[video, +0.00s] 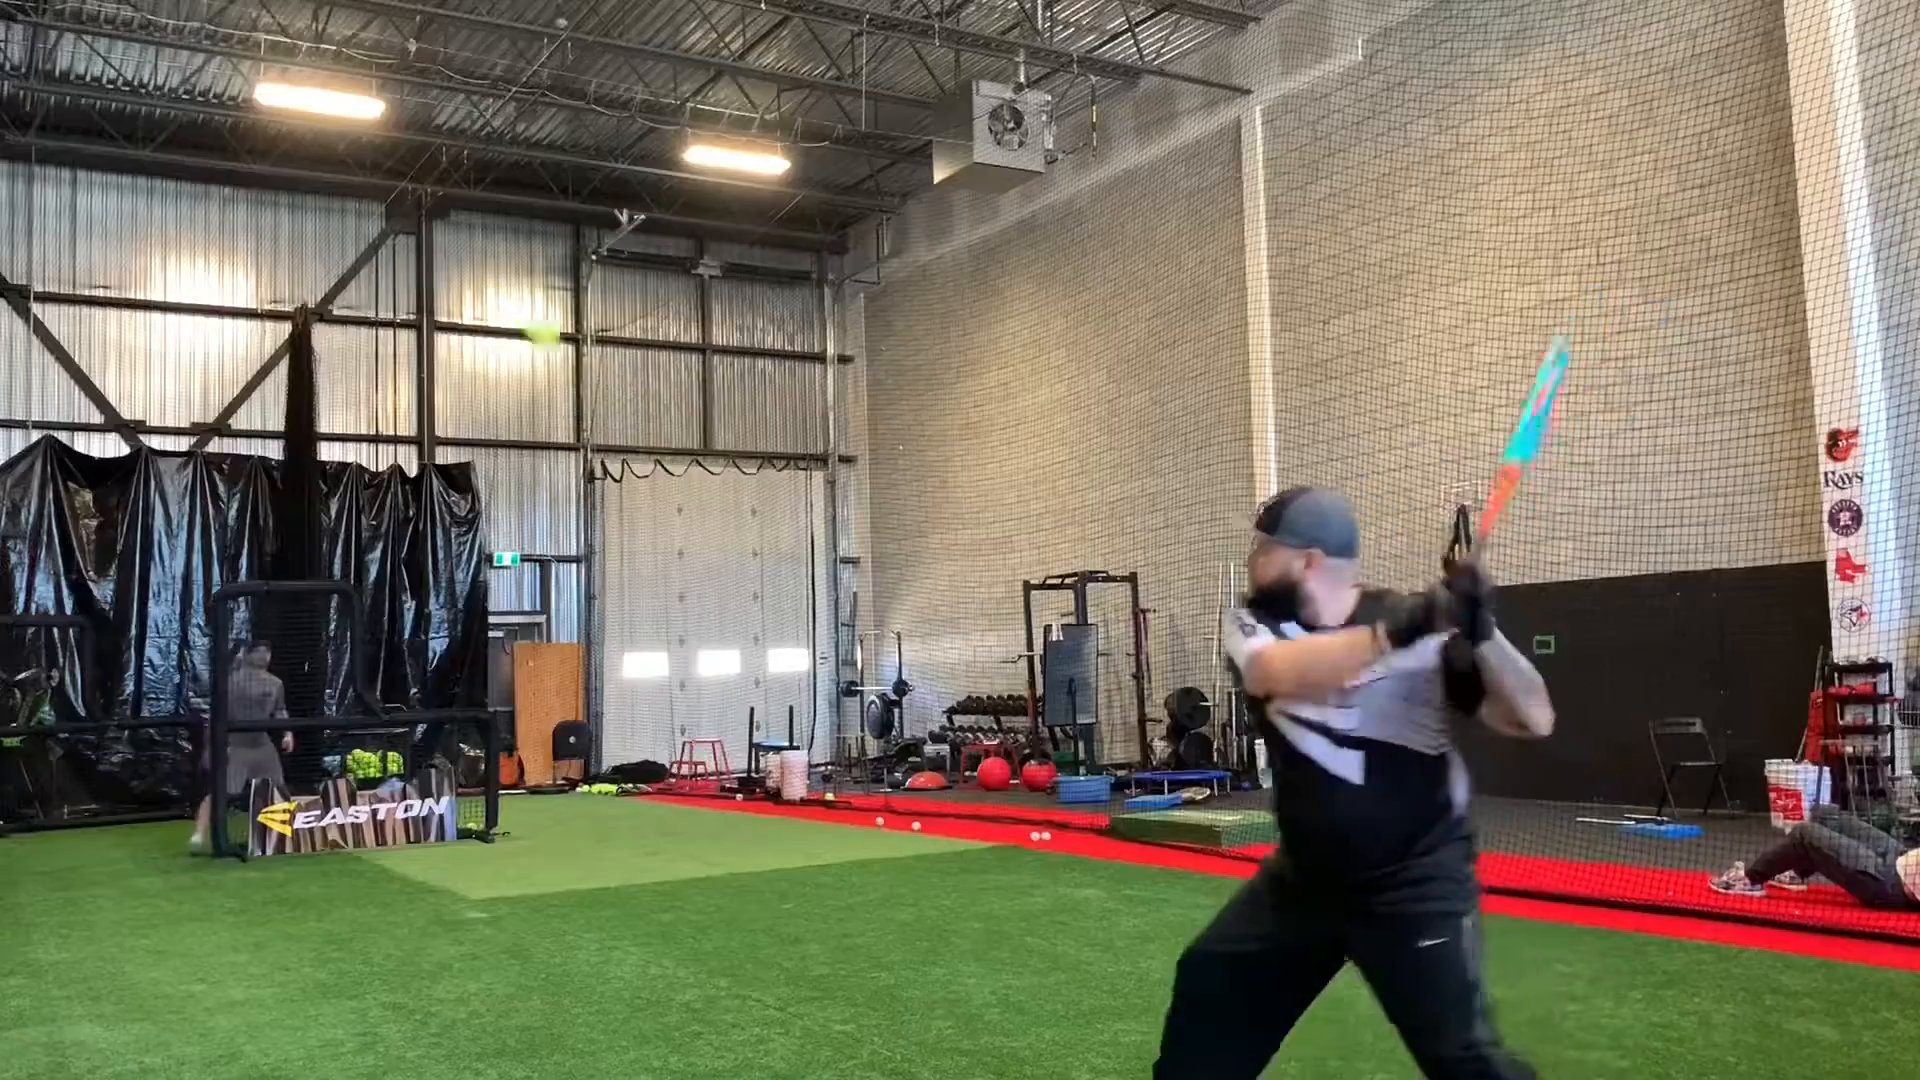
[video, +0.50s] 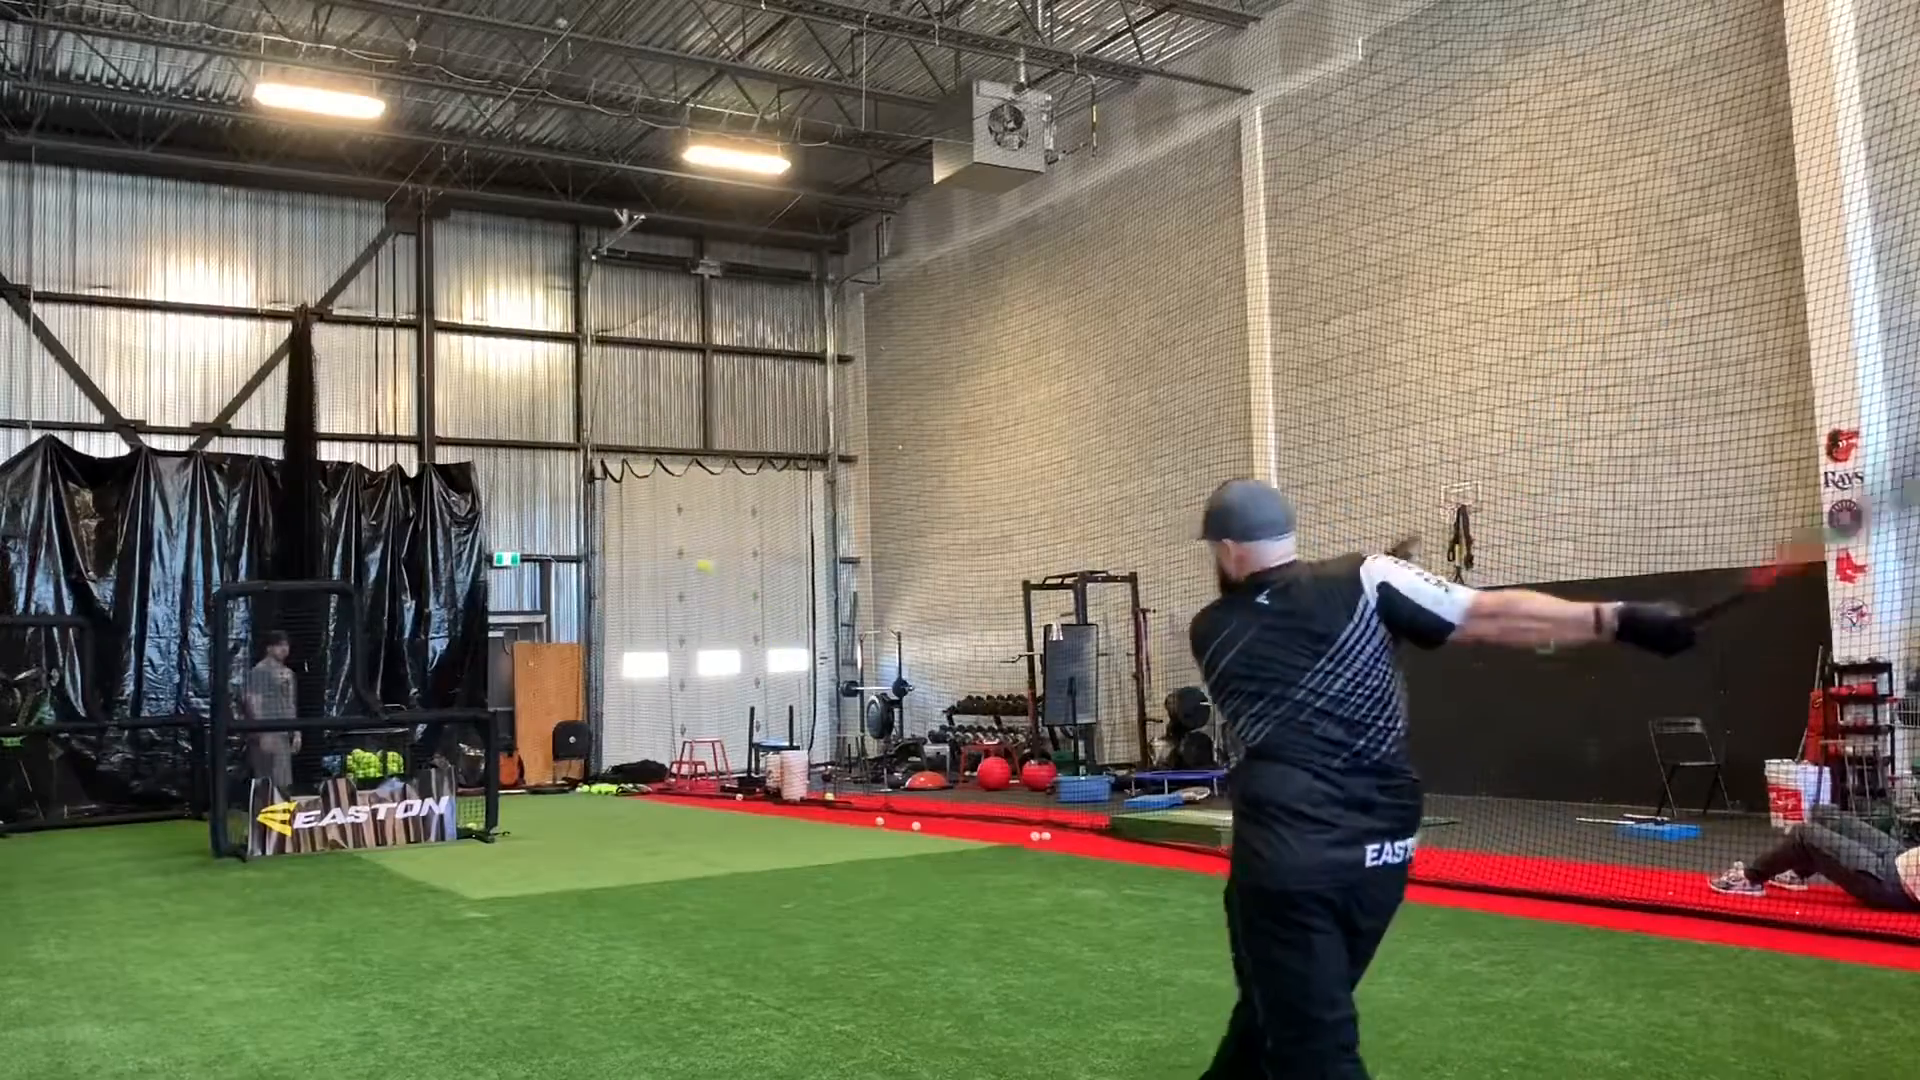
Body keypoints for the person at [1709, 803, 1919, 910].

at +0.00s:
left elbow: (1913, 888)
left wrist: (1908, 863)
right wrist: (1910, 862)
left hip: (1888, 883)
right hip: (1901, 857)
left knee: (1804, 834)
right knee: (1822, 814)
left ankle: (1749, 878)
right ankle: (1798, 873)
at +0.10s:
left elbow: (1913, 888)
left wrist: (1908, 863)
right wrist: (1910, 864)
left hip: (1888, 883)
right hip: (1902, 857)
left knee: (1804, 835)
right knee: (1822, 814)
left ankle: (1749, 878)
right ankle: (1798, 873)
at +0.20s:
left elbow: (1913, 888)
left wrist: (1907, 863)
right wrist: (1910, 864)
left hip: (1889, 883)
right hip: (1902, 858)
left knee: (1804, 835)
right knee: (1823, 814)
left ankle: (1749, 878)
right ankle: (1798, 873)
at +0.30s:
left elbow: (1913, 888)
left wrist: (1908, 863)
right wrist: (1910, 863)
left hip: (1888, 883)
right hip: (1901, 858)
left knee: (1805, 835)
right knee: (1824, 815)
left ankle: (1749, 878)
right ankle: (1798, 873)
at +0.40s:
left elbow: (1914, 890)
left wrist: (1908, 863)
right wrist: (1910, 861)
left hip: (1888, 883)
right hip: (1901, 857)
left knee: (1805, 835)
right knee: (1823, 814)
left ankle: (1749, 878)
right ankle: (1797, 873)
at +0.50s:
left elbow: (1913, 887)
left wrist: (1910, 861)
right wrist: (1911, 861)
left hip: (1889, 883)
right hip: (1901, 856)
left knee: (1804, 835)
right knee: (1822, 814)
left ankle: (1749, 878)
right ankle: (1798, 873)